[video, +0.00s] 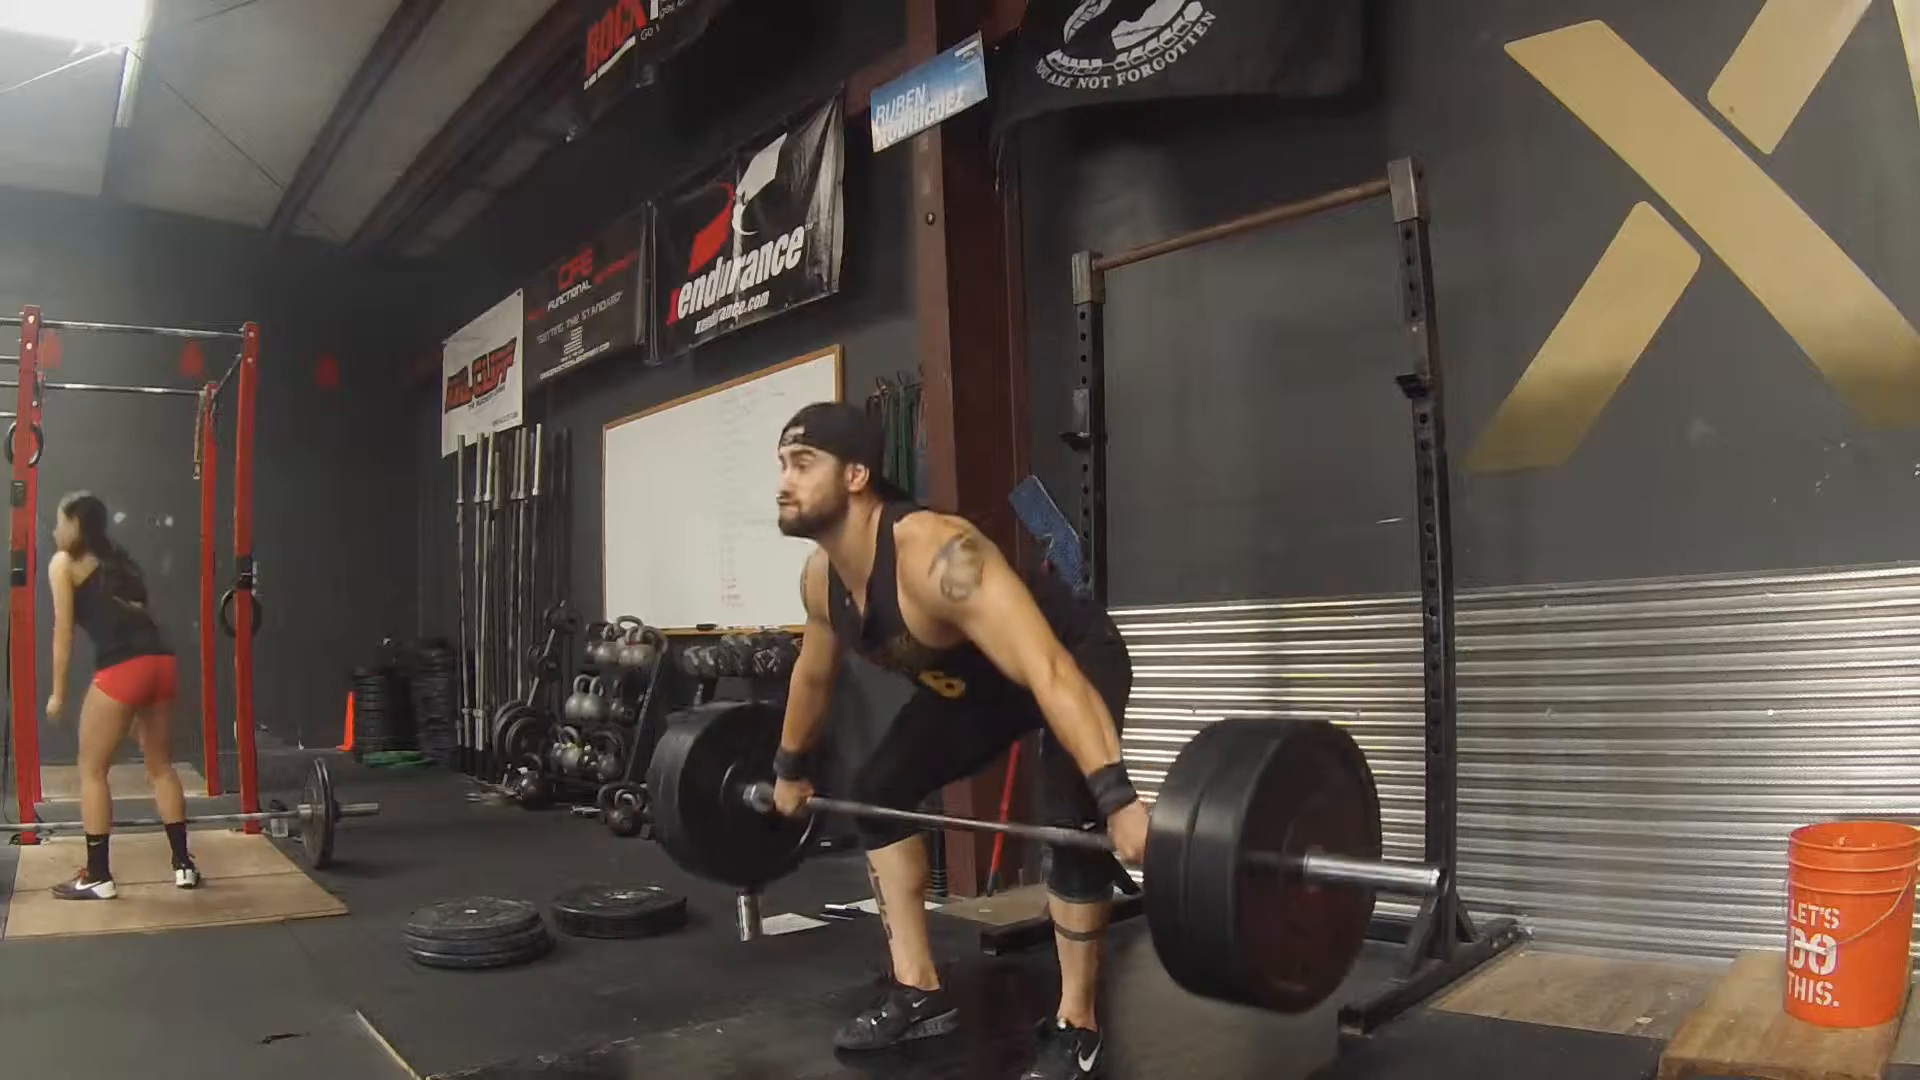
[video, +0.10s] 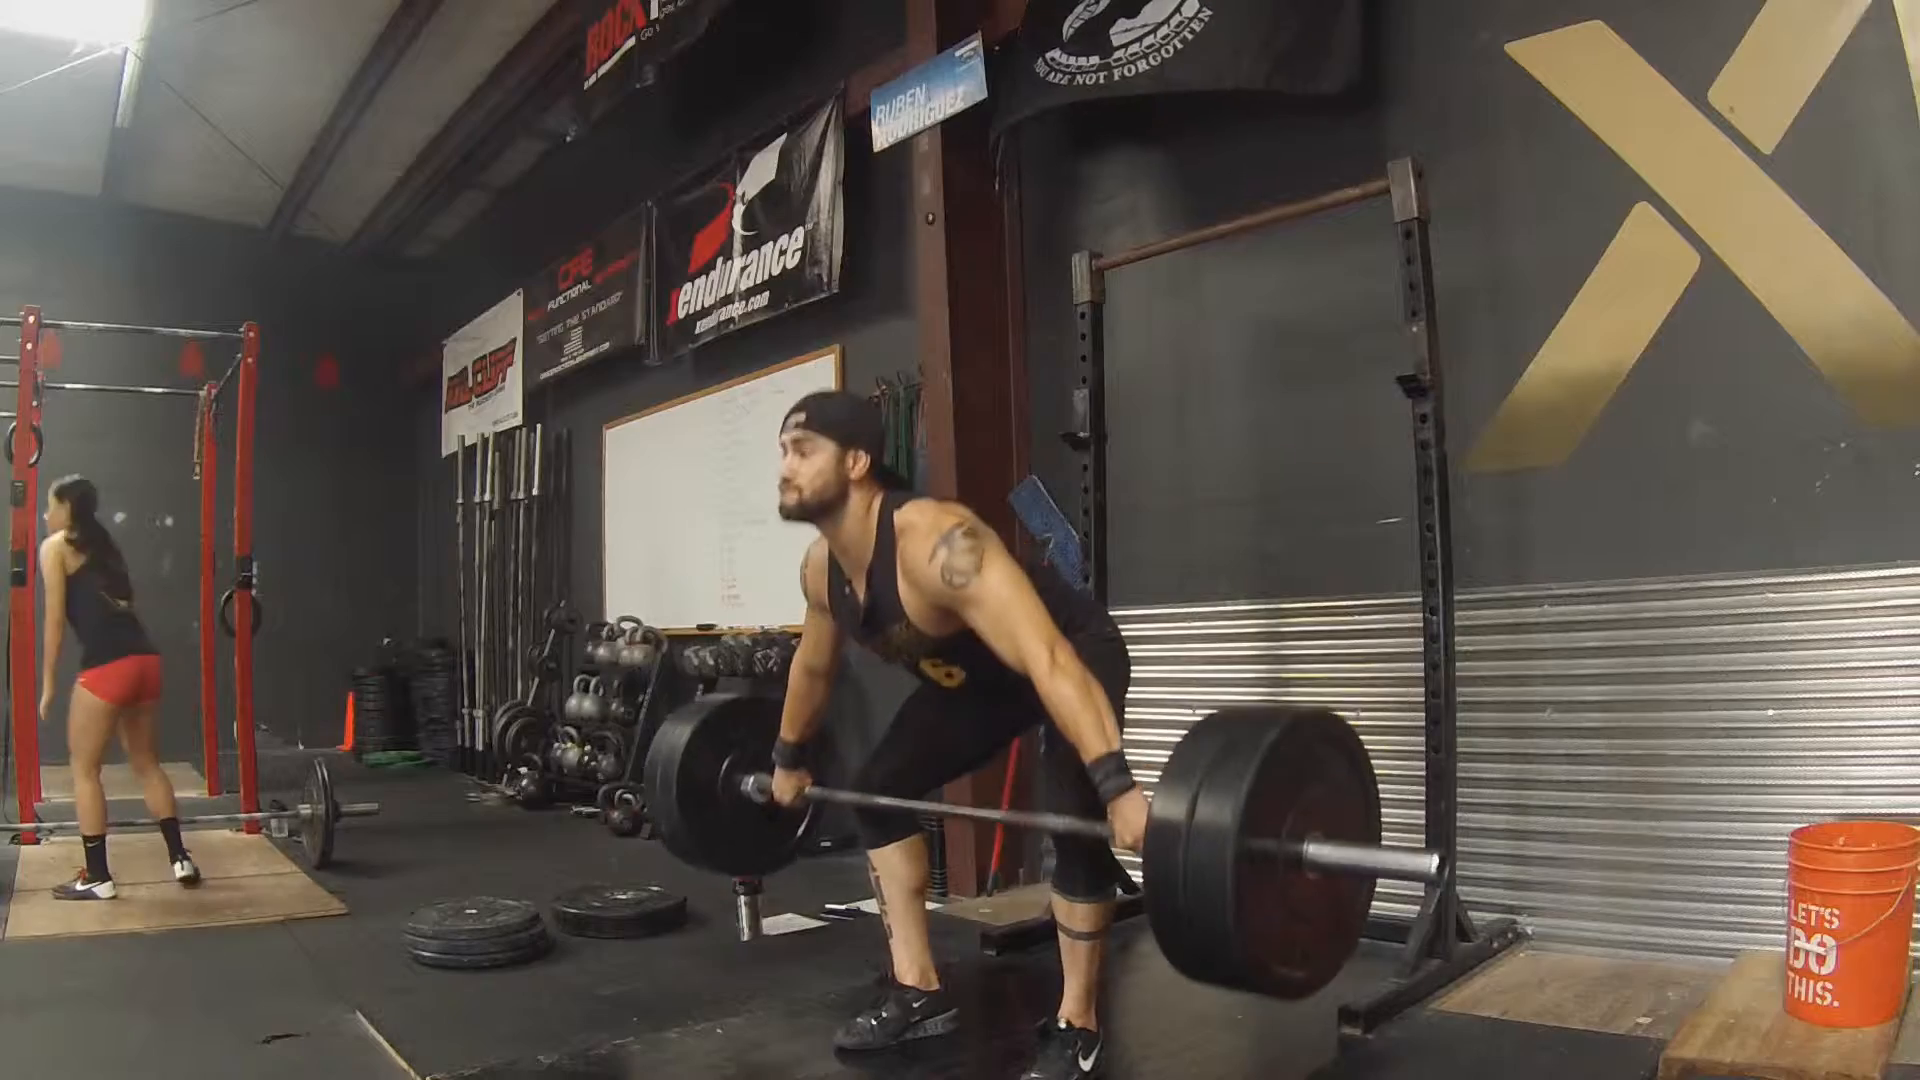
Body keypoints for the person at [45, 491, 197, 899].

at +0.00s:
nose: (56, 530)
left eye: (61, 522)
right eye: (58, 521)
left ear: (79, 526)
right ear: (95, 527)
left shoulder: (63, 563)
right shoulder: (117, 558)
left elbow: (63, 631)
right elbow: (137, 621)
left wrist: (58, 691)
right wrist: (138, 703)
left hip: (121, 669)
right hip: (161, 663)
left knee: (93, 770)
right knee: (161, 768)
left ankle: (98, 875)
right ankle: (184, 864)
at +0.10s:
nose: (46, 512)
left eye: (51, 505)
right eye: (49, 504)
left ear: (67, 508)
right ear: (83, 508)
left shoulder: (54, 546)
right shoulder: (104, 541)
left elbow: (56, 618)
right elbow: (120, 605)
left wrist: (49, 682)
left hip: (105, 665)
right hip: (145, 659)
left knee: (85, 771)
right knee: (147, 765)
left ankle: (97, 875)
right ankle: (180, 858)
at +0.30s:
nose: (24, 495)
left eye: (29, 488)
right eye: (26, 487)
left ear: (46, 493)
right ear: (59, 494)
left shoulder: (39, 529)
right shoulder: (75, 526)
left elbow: (41, 600)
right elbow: (86, 592)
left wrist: (22, 658)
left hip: (78, 668)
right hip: (107, 661)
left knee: (74, 773)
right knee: (101, 766)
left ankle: (97, 876)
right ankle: (160, 836)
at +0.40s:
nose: (13, 493)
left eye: (18, 485)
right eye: (15, 485)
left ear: (37, 490)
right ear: (45, 489)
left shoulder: (36, 526)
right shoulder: (59, 523)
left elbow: (40, 596)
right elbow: (55, 595)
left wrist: (12, 645)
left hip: (69, 663)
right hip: (79, 658)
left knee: (68, 771)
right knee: (57, 765)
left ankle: (97, 877)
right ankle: (128, 830)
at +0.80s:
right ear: (7, 477)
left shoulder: (7, 527)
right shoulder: (9, 526)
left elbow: (9, 598)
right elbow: (13, 596)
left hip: (18, 665)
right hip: (17, 664)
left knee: (37, 770)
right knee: (36, 770)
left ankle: (89, 864)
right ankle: (88, 864)